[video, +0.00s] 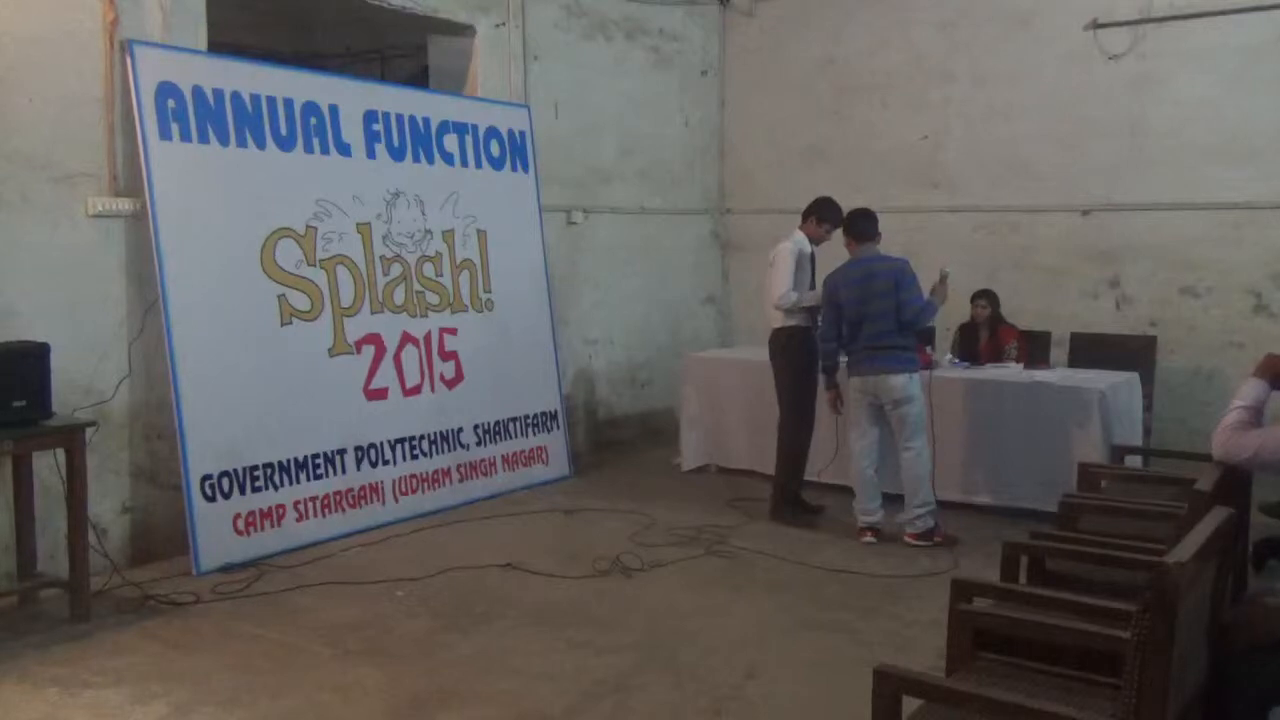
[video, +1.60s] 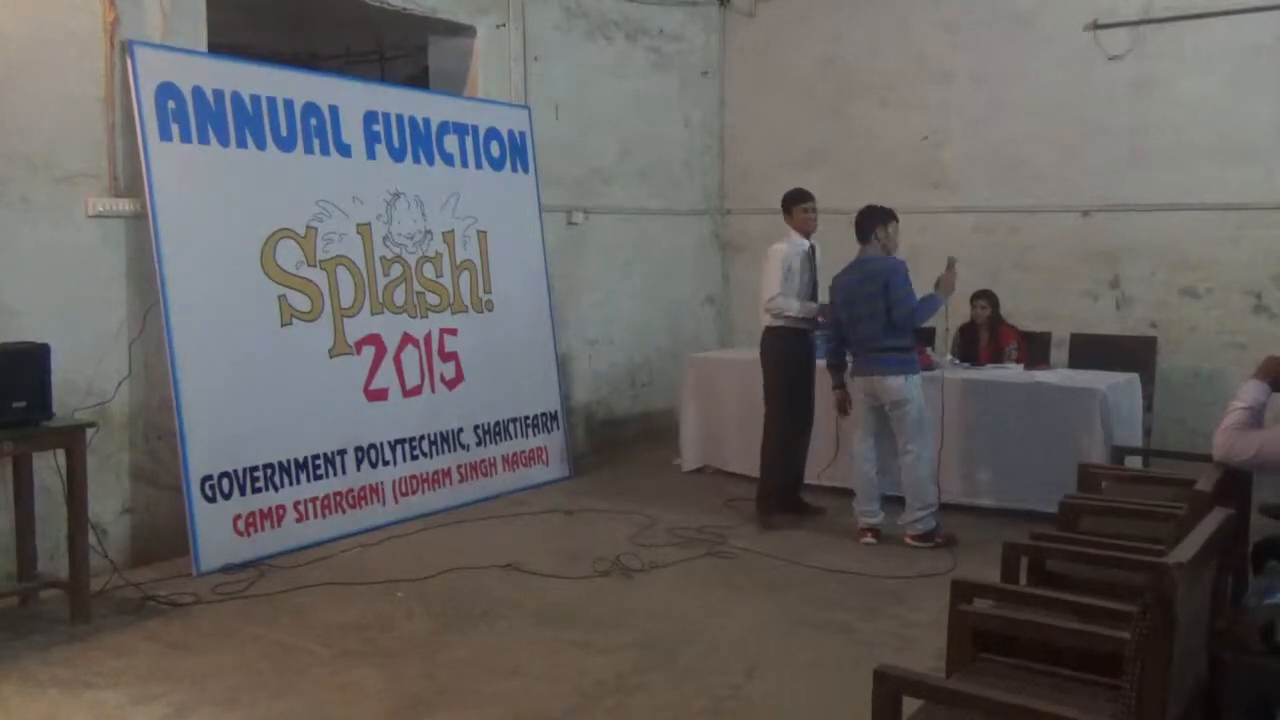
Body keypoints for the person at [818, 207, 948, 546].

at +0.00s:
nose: (847, 245)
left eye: (845, 240)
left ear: (847, 241)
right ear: (879, 237)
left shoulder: (835, 280)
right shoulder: (898, 268)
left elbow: (828, 337)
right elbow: (915, 319)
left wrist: (830, 383)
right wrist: (936, 300)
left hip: (859, 376)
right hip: (899, 375)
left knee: (863, 451)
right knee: (913, 447)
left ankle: (868, 524)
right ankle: (919, 524)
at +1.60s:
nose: (897, 239)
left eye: (897, 232)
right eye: (895, 232)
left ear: (864, 235)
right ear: (881, 233)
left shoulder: (841, 280)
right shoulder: (893, 269)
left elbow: (834, 337)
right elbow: (909, 317)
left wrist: (838, 384)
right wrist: (940, 293)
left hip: (863, 376)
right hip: (898, 374)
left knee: (865, 448)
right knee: (915, 447)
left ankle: (867, 524)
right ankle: (919, 526)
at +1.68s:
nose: (905, 238)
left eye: (905, 231)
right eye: (901, 231)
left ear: (873, 234)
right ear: (883, 233)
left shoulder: (847, 278)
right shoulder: (895, 269)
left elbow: (841, 335)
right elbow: (907, 319)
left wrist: (843, 381)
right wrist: (941, 296)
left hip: (863, 374)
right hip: (898, 373)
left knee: (866, 446)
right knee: (913, 447)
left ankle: (868, 524)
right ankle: (920, 526)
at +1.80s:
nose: (914, 236)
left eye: (913, 229)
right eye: (909, 229)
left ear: (883, 234)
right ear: (889, 232)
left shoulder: (858, 275)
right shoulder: (898, 271)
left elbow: (851, 332)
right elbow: (905, 326)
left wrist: (854, 375)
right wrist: (943, 302)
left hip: (870, 377)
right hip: (901, 378)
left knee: (873, 452)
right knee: (913, 452)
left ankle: (868, 524)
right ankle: (920, 527)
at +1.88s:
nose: (921, 235)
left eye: (920, 228)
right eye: (915, 229)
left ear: (890, 234)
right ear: (895, 233)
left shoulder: (864, 274)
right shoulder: (902, 272)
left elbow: (859, 332)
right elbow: (905, 327)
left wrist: (868, 363)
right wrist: (944, 306)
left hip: (874, 375)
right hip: (904, 377)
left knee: (876, 448)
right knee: (915, 452)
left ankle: (869, 523)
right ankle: (920, 527)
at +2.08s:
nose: (937, 234)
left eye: (936, 227)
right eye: (930, 228)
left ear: (907, 234)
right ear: (909, 233)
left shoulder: (890, 272)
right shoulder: (914, 276)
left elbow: (891, 332)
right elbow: (920, 334)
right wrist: (955, 307)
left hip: (890, 375)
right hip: (917, 378)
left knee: (887, 451)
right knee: (923, 455)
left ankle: (871, 520)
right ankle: (920, 528)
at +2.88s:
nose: (981, 237)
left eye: (983, 231)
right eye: (974, 230)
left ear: (968, 234)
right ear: (952, 232)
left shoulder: (967, 277)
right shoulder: (939, 280)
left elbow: (973, 327)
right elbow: (954, 332)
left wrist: (991, 298)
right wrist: (986, 296)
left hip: (976, 384)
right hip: (951, 385)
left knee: (988, 463)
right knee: (941, 461)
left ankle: (1003, 529)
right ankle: (921, 527)